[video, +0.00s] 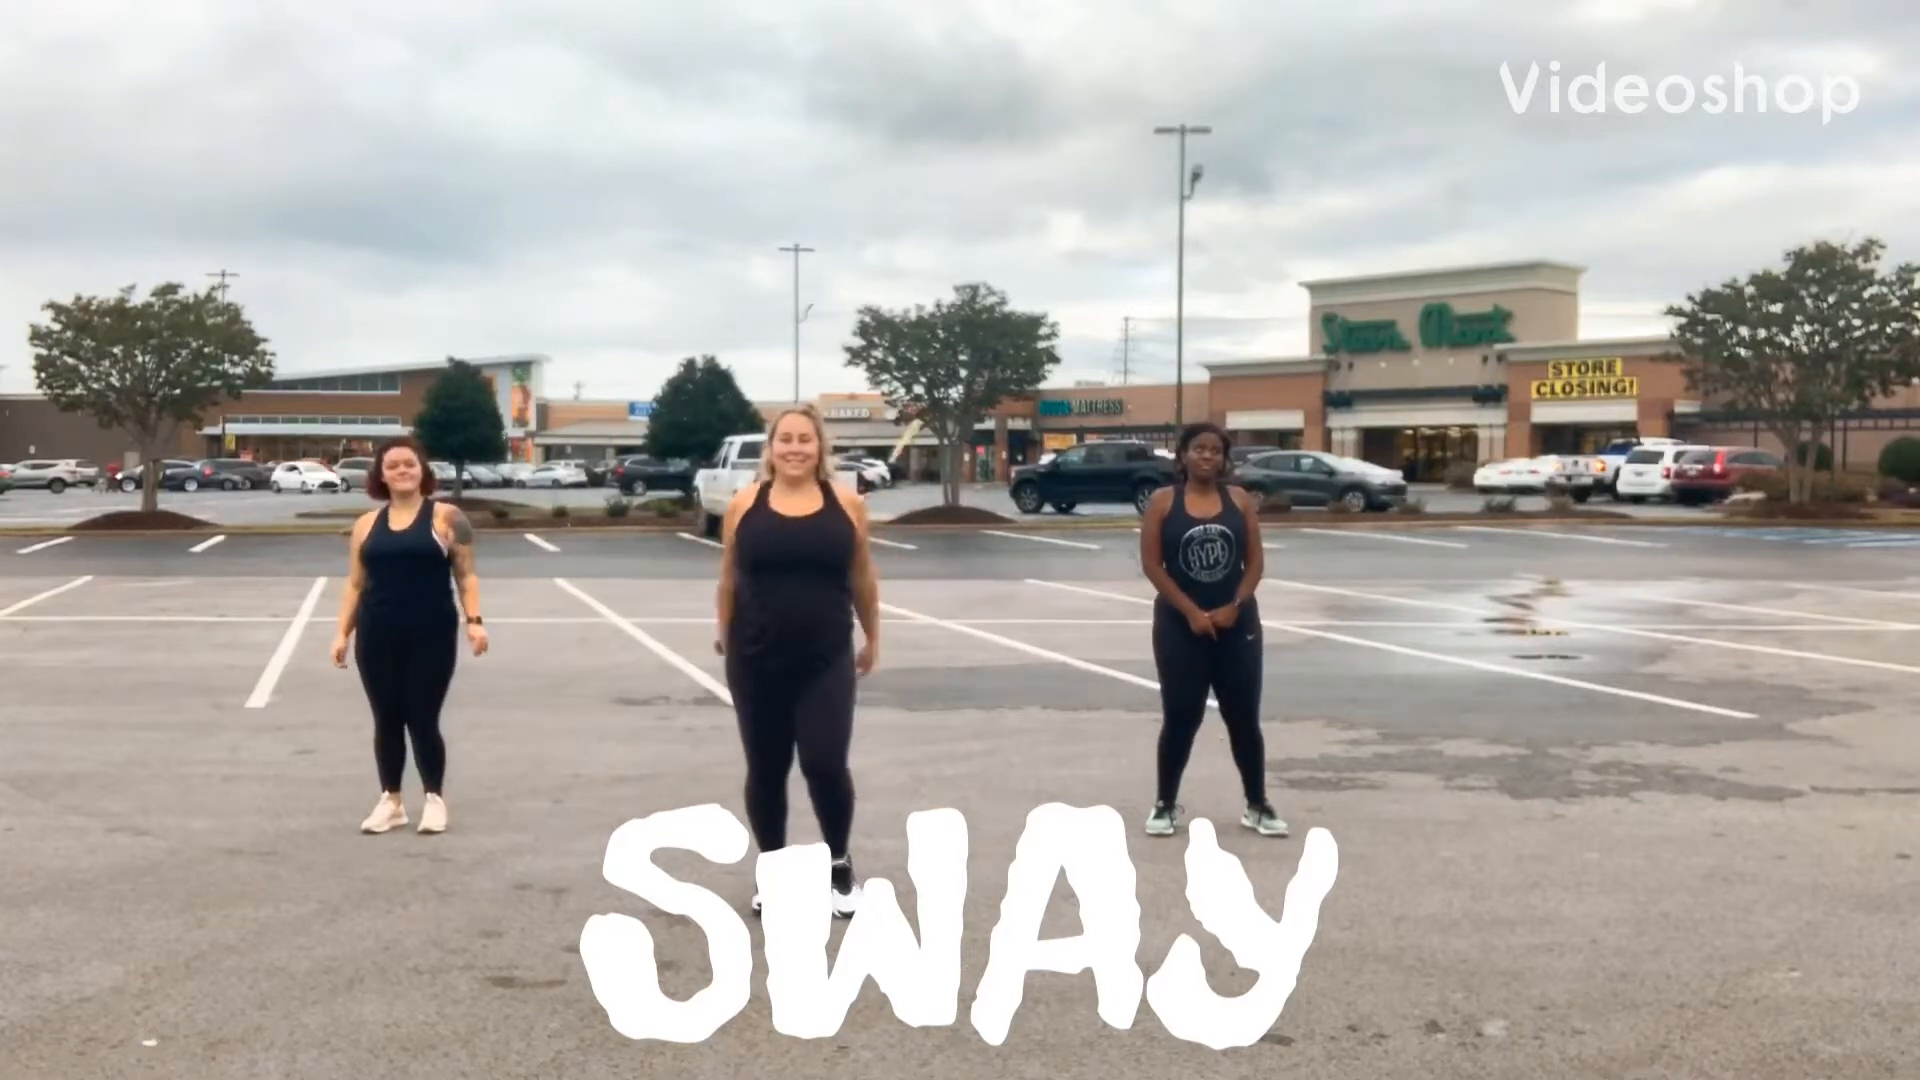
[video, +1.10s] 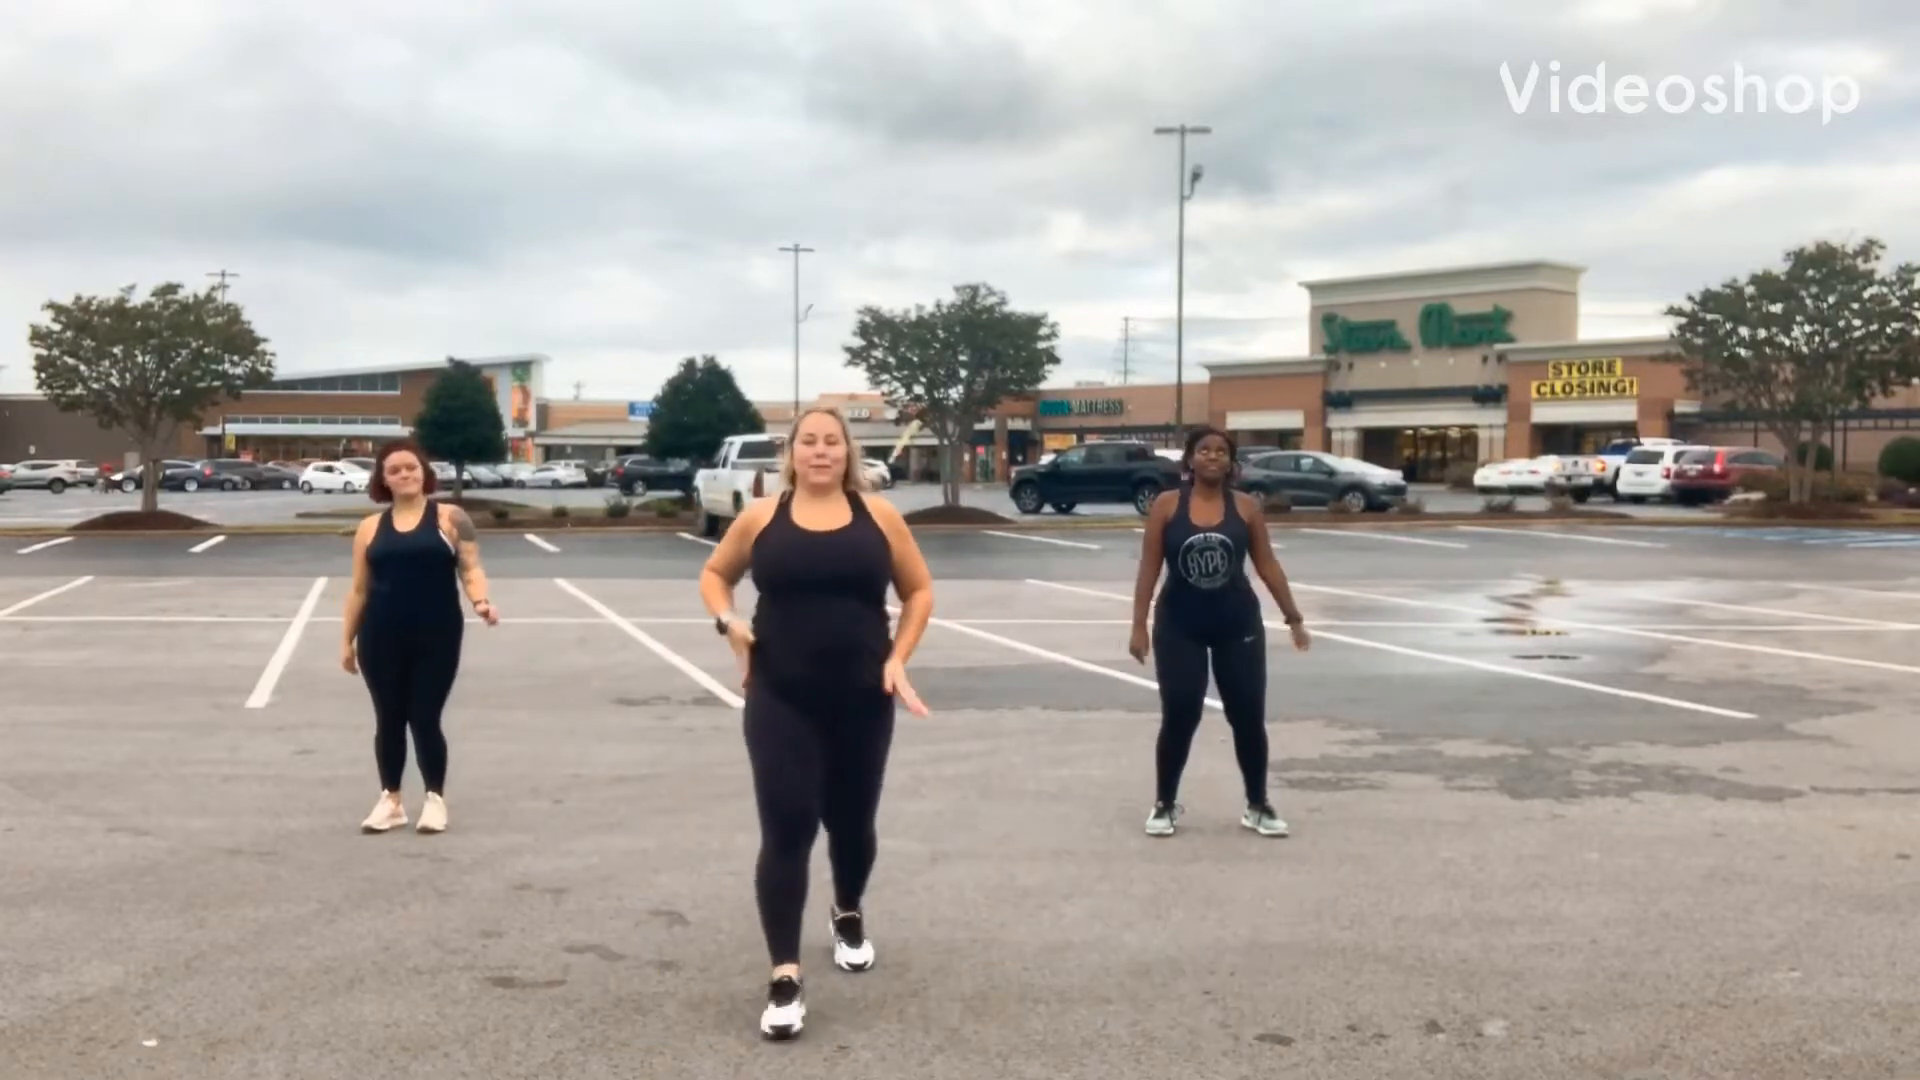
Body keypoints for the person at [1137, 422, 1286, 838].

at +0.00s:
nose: (1207, 457)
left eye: (1215, 451)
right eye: (1199, 449)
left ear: (1224, 458)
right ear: (1183, 455)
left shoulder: (1240, 500)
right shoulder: (1163, 501)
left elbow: (1255, 561)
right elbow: (1152, 565)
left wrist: (1235, 605)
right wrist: (1191, 610)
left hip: (1237, 622)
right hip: (1179, 624)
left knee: (1245, 720)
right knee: (1181, 720)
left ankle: (1257, 805)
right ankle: (1165, 805)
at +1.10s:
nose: (1213, 457)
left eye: (1220, 452)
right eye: (1204, 450)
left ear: (1231, 461)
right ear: (1189, 458)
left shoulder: (1245, 505)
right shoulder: (1167, 504)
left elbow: (1267, 565)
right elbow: (1150, 566)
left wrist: (1293, 617)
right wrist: (1139, 625)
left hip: (1237, 625)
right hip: (1180, 625)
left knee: (1249, 719)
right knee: (1180, 717)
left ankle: (1258, 806)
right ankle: (1164, 805)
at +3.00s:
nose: (1238, 451)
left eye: (1244, 444)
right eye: (1229, 447)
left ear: (1255, 453)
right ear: (1216, 459)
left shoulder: (1276, 496)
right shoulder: (1199, 503)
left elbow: (1303, 555)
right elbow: (1183, 561)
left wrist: (1273, 571)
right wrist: (1188, 588)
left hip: (1265, 623)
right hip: (1211, 623)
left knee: (1258, 715)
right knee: (1217, 713)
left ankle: (1258, 807)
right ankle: (1217, 803)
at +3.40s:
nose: (1238, 454)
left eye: (1244, 448)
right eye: (1229, 449)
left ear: (1256, 457)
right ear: (1215, 460)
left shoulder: (1274, 502)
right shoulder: (1197, 506)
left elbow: (1309, 555)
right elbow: (1176, 566)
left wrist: (1278, 575)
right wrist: (1205, 565)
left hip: (1268, 625)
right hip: (1214, 626)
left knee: (1274, 709)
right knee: (1214, 716)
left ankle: (1314, 792)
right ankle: (1218, 804)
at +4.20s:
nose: (1237, 461)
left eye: (1244, 454)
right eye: (1229, 454)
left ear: (1254, 458)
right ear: (1213, 458)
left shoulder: (1261, 495)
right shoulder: (1193, 496)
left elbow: (1276, 562)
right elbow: (1176, 550)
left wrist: (1276, 538)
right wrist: (1212, 503)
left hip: (1254, 620)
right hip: (1199, 621)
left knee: (1266, 711)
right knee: (1205, 714)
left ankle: (1255, 794)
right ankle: (1195, 803)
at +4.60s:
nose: (1219, 475)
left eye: (1227, 466)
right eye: (1211, 467)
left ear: (1241, 468)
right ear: (1198, 469)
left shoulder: (1257, 501)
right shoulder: (1185, 500)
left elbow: (1281, 563)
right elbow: (1175, 558)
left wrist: (1265, 542)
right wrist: (1203, 510)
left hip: (1238, 621)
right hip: (1183, 618)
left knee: (1251, 710)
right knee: (1179, 698)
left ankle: (1241, 806)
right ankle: (1140, 788)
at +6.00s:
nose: (1175, 476)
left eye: (1183, 469)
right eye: (1170, 469)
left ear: (1204, 468)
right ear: (1164, 469)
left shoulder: (1224, 502)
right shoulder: (1153, 502)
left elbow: (1243, 564)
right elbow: (1141, 558)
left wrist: (1237, 549)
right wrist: (1170, 512)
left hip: (1210, 626)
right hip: (1156, 626)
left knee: (1235, 715)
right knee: (1148, 715)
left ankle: (1242, 802)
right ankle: (1122, 799)